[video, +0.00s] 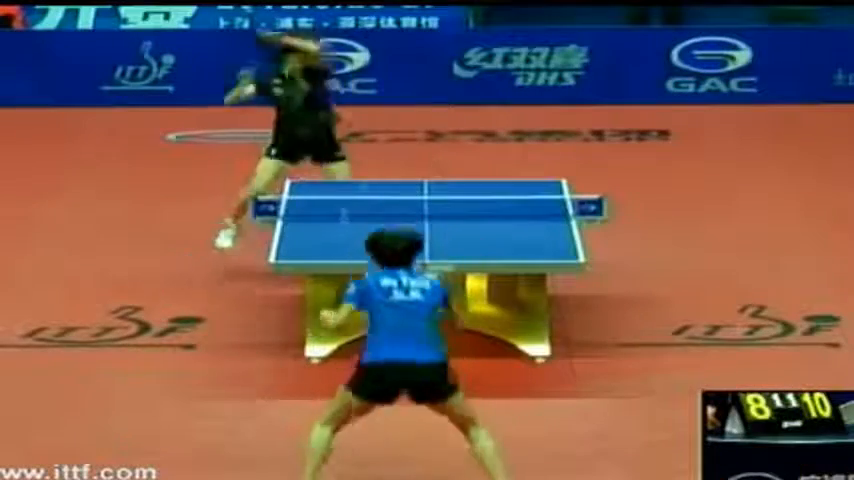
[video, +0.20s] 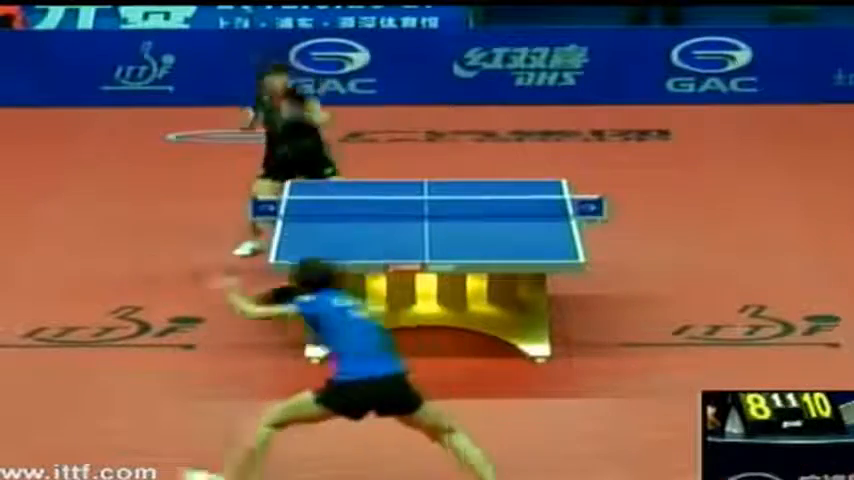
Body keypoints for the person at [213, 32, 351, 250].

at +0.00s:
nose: (296, 59)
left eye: (302, 54)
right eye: (291, 54)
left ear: (310, 55)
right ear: (284, 55)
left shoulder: (318, 74)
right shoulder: (274, 79)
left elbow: (314, 50)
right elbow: (233, 99)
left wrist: (283, 40)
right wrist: (240, 92)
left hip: (321, 138)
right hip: (287, 139)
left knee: (344, 191)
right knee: (257, 188)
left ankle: (347, 238)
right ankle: (231, 225)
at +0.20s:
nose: (276, 86)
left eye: (280, 80)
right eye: (271, 81)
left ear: (287, 81)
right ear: (264, 84)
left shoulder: (300, 99)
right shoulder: (263, 104)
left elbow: (322, 118)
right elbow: (249, 127)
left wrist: (298, 113)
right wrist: (249, 119)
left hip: (312, 160)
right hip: (279, 162)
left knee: (335, 191)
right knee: (259, 194)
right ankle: (256, 238)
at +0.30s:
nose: (293, 89)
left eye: (297, 84)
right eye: (288, 84)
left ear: (305, 85)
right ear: (281, 87)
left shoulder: (319, 107)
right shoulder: (274, 107)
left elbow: (342, 136)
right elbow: (267, 124)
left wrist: (313, 135)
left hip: (321, 165)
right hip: (282, 166)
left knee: (345, 196)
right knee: (262, 201)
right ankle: (257, 239)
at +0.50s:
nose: (348, 93)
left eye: (352, 88)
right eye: (344, 88)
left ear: (359, 90)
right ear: (335, 88)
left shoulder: (363, 111)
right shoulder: (318, 106)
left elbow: (375, 133)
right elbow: (283, 123)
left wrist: (381, 143)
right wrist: (305, 136)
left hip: (345, 161)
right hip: (310, 163)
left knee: (372, 195)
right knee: (288, 202)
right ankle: (252, 235)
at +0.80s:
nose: (370, 102)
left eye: (375, 97)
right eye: (365, 97)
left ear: (380, 100)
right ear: (354, 97)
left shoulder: (378, 124)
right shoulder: (334, 114)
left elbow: (390, 151)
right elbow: (293, 131)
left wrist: (403, 165)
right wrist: (318, 141)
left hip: (350, 168)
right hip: (316, 168)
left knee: (363, 209)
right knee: (294, 209)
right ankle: (261, 254)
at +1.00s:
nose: (370, 114)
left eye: (373, 110)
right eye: (366, 108)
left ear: (376, 113)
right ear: (355, 108)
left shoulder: (365, 136)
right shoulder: (335, 121)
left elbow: (364, 168)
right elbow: (310, 139)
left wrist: (385, 178)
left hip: (325, 172)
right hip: (295, 171)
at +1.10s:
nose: (386, 114)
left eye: (388, 109)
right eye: (383, 107)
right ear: (372, 105)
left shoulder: (361, 122)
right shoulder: (358, 119)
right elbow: (337, 133)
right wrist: (353, 148)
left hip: (324, 169)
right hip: (305, 170)